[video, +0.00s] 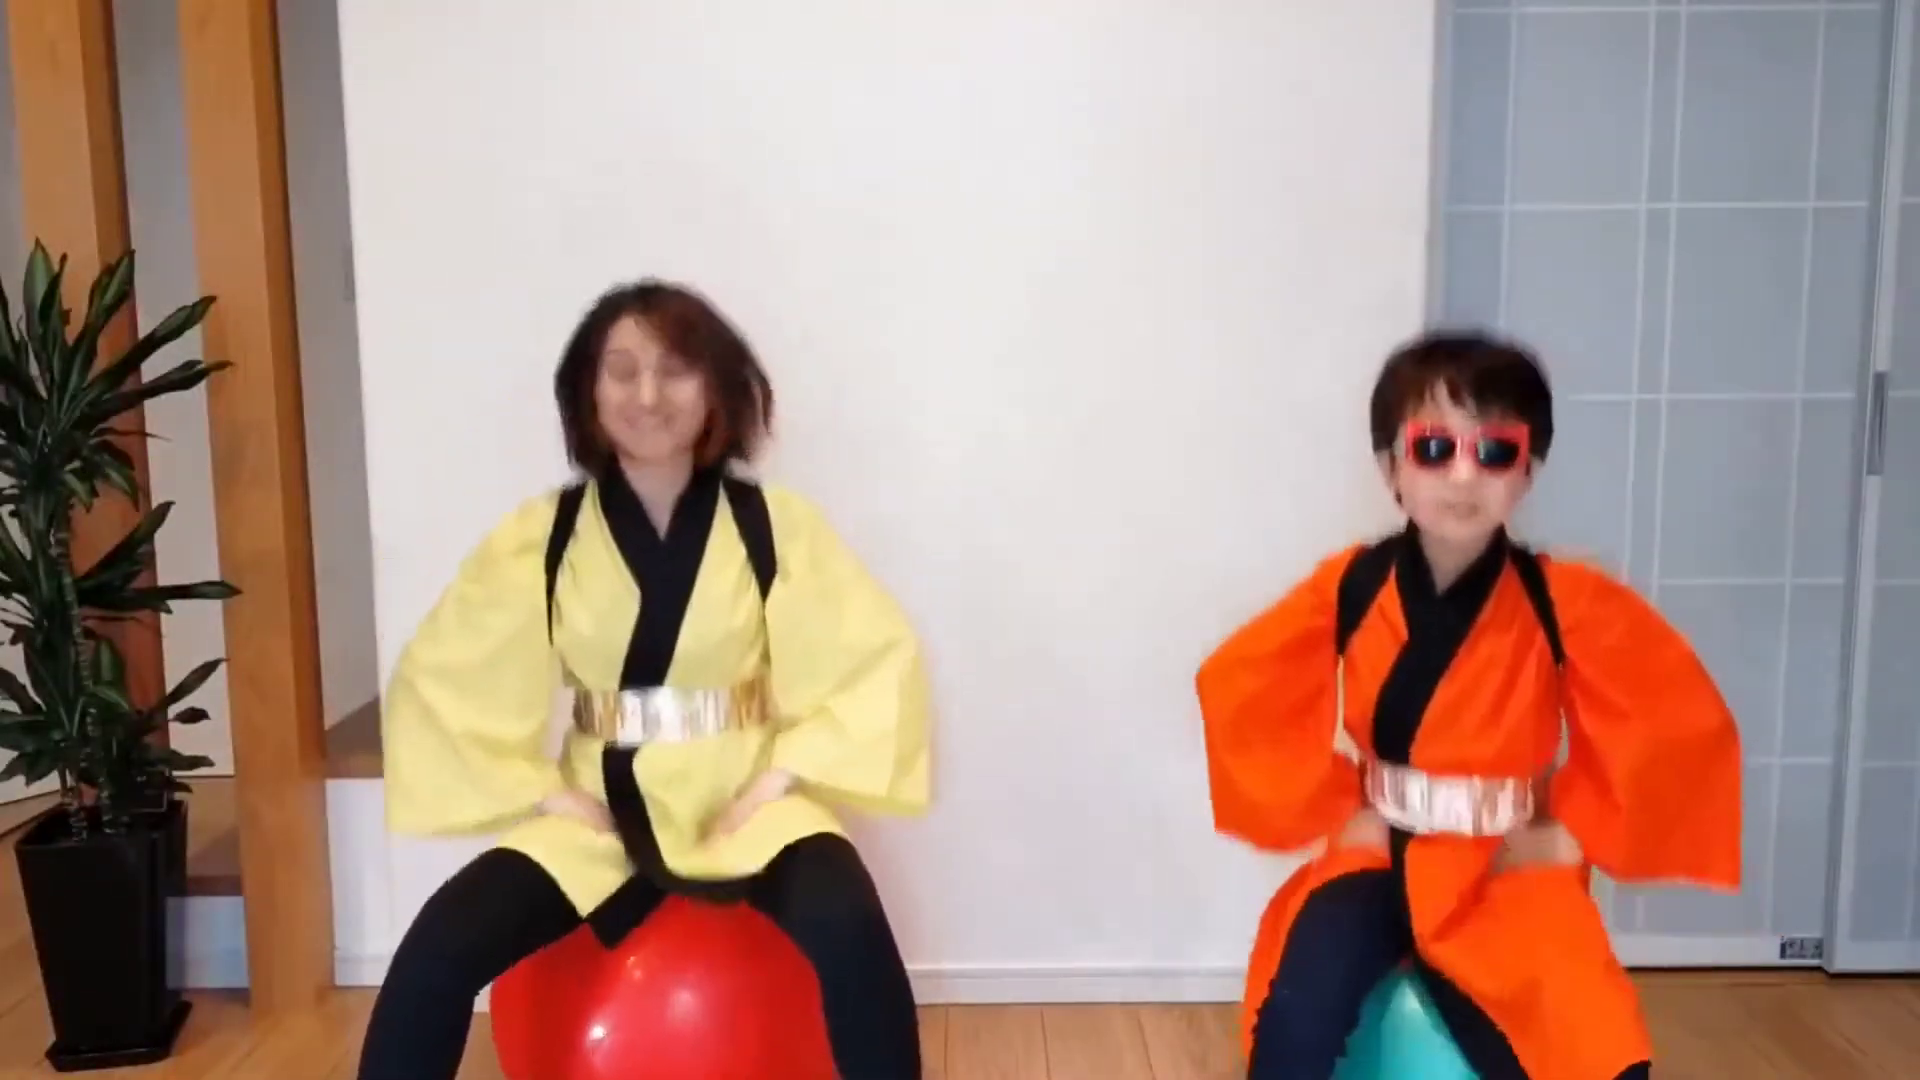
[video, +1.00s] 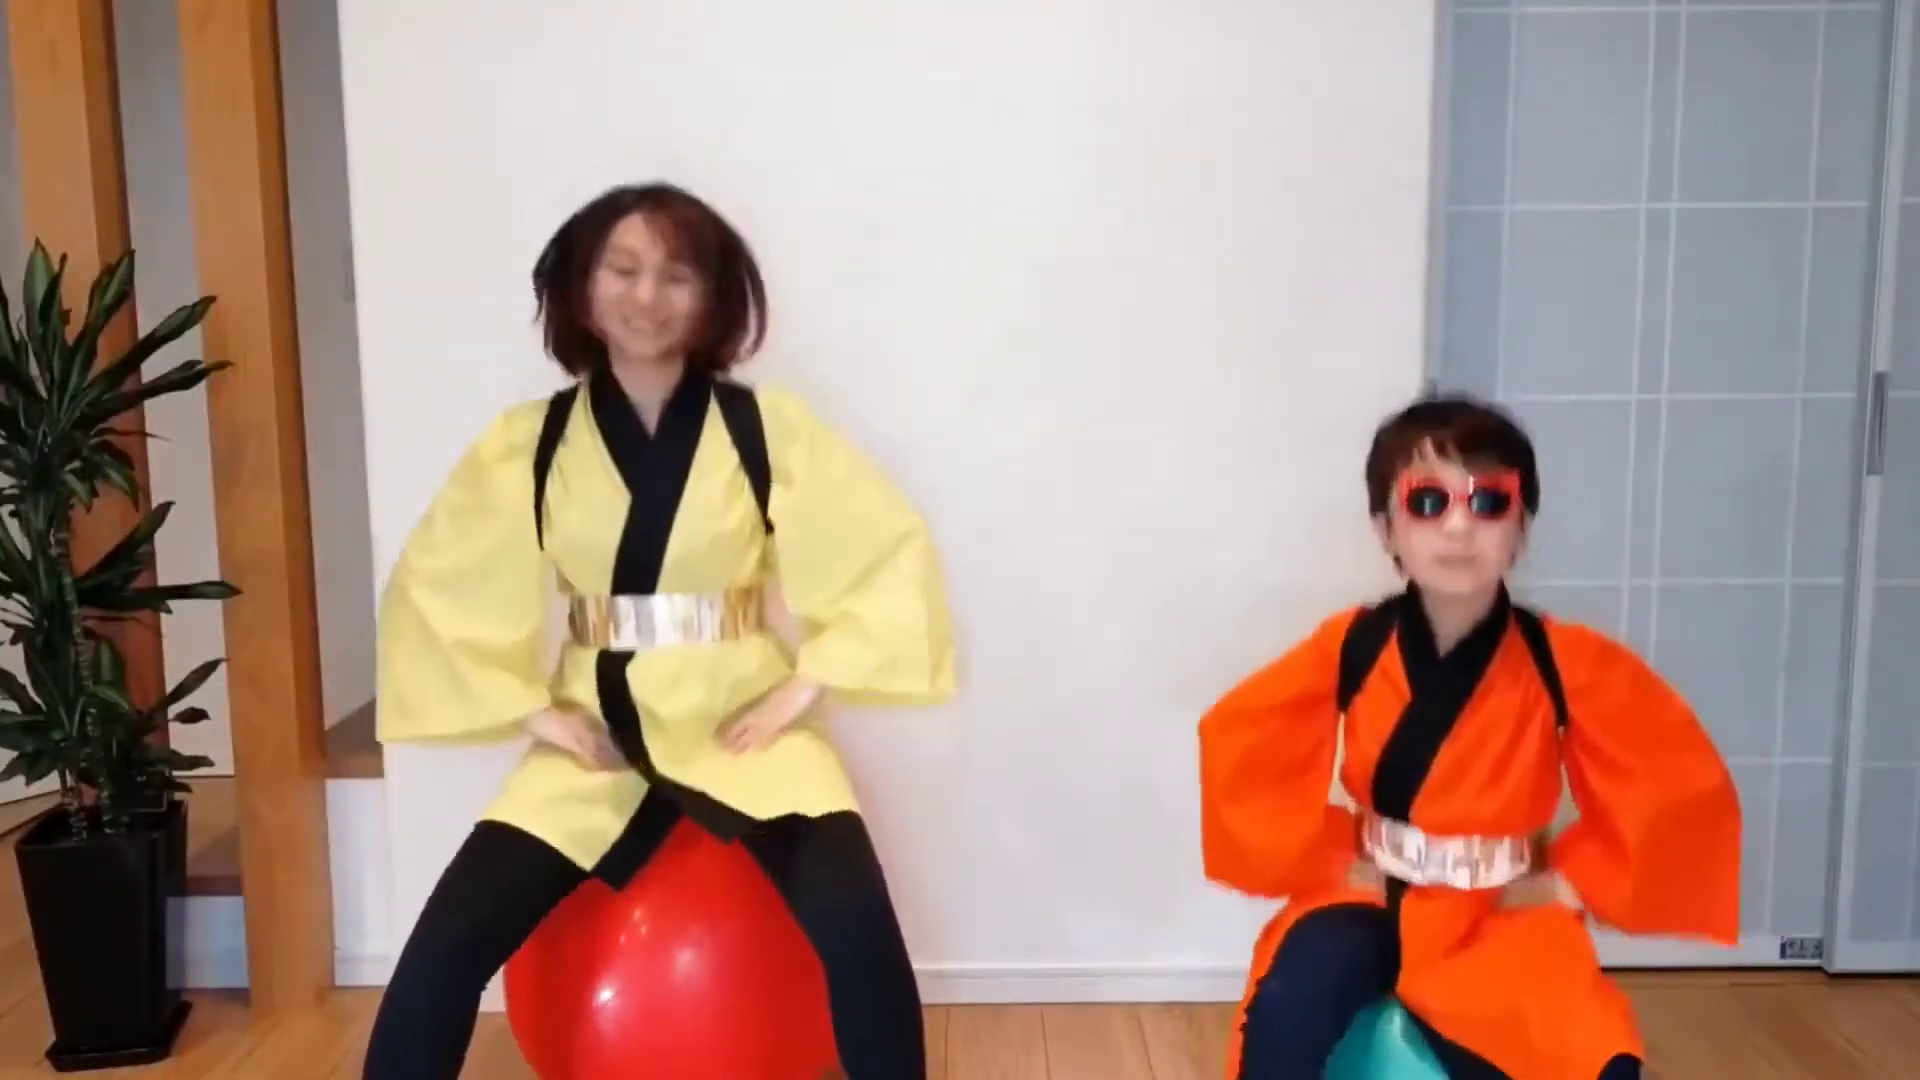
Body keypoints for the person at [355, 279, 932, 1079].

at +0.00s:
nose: (648, 392)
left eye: (675, 369)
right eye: (622, 370)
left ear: (716, 393)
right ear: (590, 394)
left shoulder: (774, 526)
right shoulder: (543, 534)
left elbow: (880, 660)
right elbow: (434, 684)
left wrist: (778, 772)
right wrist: (543, 791)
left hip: (748, 814)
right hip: (592, 824)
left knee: (848, 921)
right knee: (441, 941)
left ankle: (888, 1073)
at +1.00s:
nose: (646, 295)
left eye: (677, 275)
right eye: (621, 270)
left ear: (713, 301)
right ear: (580, 291)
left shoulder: (765, 429)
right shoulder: (529, 442)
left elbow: (892, 556)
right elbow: (429, 591)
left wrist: (809, 682)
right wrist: (534, 708)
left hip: (754, 732)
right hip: (590, 744)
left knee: (860, 925)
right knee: (443, 947)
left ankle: (890, 1076)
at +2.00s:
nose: (667, 288)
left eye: (693, 267)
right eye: (643, 260)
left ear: (724, 289)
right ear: (598, 273)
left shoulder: (768, 425)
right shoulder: (522, 426)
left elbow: (863, 568)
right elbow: (431, 567)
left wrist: (787, 671)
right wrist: (529, 687)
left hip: (745, 727)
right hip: (581, 735)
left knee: (849, 934)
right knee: (438, 948)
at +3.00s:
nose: (686, 300)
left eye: (713, 279)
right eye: (660, 276)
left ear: (747, 303)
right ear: (622, 298)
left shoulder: (785, 447)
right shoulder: (570, 437)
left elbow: (923, 597)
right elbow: (464, 571)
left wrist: (936, 481)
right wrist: (496, 431)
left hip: (766, 747)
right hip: (611, 752)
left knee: (882, 929)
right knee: (440, 924)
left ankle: (922, 1071)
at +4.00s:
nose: (660, 309)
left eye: (686, 285)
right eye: (633, 282)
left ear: (721, 306)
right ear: (591, 302)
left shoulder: (758, 439)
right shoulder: (545, 442)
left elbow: (838, 591)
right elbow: (383, 573)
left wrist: (789, 479)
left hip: (737, 749)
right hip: (586, 752)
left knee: (852, 932)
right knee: (423, 940)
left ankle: (908, 1078)